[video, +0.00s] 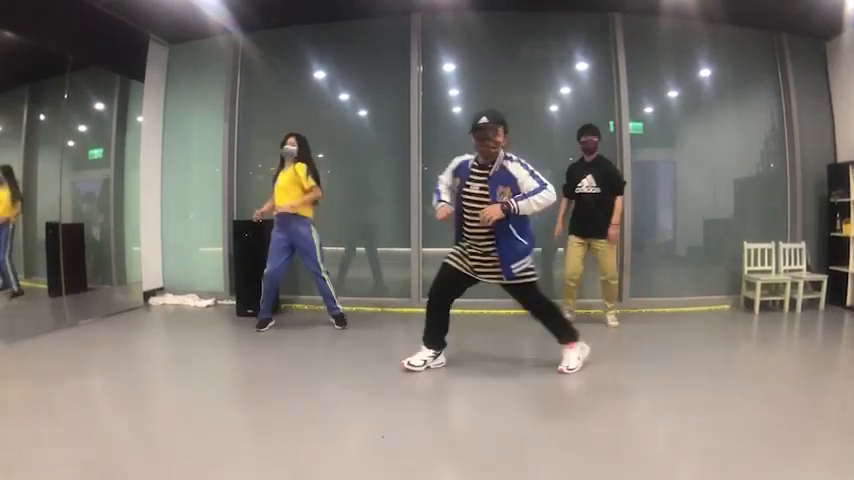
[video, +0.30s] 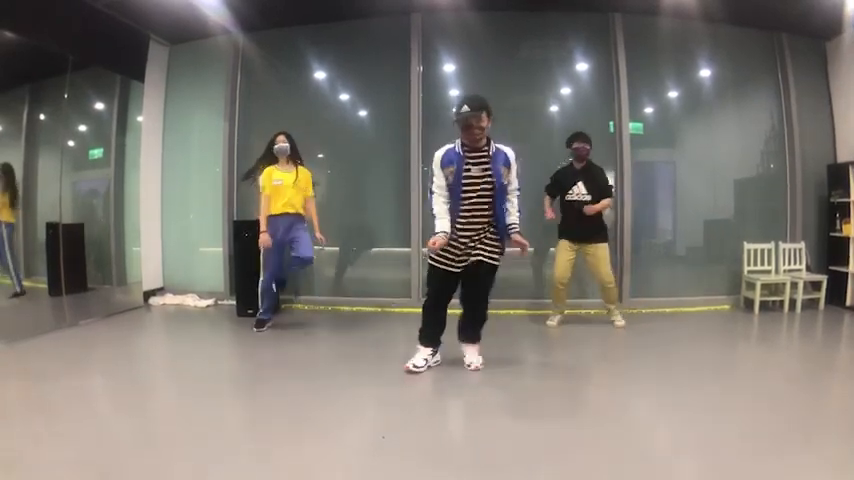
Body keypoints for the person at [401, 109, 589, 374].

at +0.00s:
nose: (489, 143)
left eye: (495, 137)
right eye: (483, 137)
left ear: (504, 138)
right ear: (473, 139)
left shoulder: (514, 167)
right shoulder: (461, 165)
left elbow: (547, 193)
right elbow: (442, 184)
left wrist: (507, 206)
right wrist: (442, 202)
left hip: (506, 257)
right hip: (468, 253)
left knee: (534, 302)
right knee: (439, 294)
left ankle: (573, 344)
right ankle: (433, 350)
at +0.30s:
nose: (474, 132)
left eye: (479, 126)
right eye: (467, 126)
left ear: (488, 122)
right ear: (458, 125)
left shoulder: (504, 156)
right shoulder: (444, 157)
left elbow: (511, 194)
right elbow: (439, 196)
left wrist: (513, 229)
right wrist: (442, 230)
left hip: (488, 238)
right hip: (453, 236)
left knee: (477, 296)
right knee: (436, 295)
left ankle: (471, 345)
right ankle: (428, 348)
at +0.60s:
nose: (485, 148)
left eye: (490, 142)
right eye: (479, 142)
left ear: (500, 137)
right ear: (470, 140)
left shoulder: (518, 159)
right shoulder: (455, 166)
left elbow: (544, 174)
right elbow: (427, 193)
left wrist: (543, 203)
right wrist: (444, 222)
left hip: (510, 250)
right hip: (472, 251)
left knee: (529, 302)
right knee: (454, 304)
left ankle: (528, 352)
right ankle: (419, 343)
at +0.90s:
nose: (479, 133)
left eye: (485, 127)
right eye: (473, 128)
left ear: (499, 124)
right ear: (467, 128)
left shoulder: (515, 154)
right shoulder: (462, 159)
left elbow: (532, 193)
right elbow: (460, 201)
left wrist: (515, 227)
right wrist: (454, 233)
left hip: (508, 241)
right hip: (472, 243)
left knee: (529, 296)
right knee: (459, 296)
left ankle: (548, 349)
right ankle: (478, 342)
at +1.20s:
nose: (469, 133)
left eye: (475, 127)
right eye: (464, 128)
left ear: (487, 130)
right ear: (456, 131)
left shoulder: (499, 161)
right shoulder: (443, 160)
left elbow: (527, 193)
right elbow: (429, 189)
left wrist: (494, 217)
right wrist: (425, 214)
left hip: (486, 250)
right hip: (447, 249)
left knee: (502, 302)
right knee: (428, 300)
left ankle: (541, 346)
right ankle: (425, 352)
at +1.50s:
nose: (463, 119)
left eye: (468, 114)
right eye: (456, 115)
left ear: (476, 117)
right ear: (446, 120)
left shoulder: (490, 156)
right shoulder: (428, 156)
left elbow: (500, 195)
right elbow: (418, 195)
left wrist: (509, 227)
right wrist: (419, 225)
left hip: (477, 244)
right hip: (437, 243)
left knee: (483, 297)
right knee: (423, 298)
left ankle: (466, 344)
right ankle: (415, 349)